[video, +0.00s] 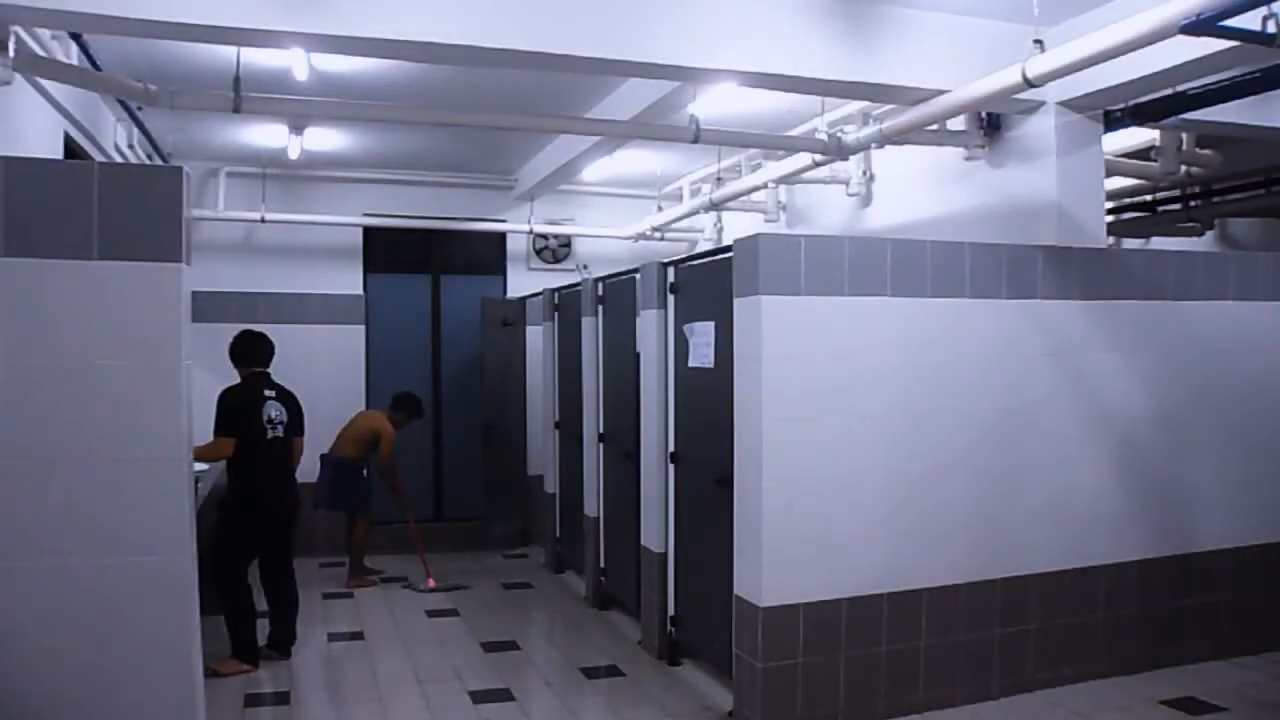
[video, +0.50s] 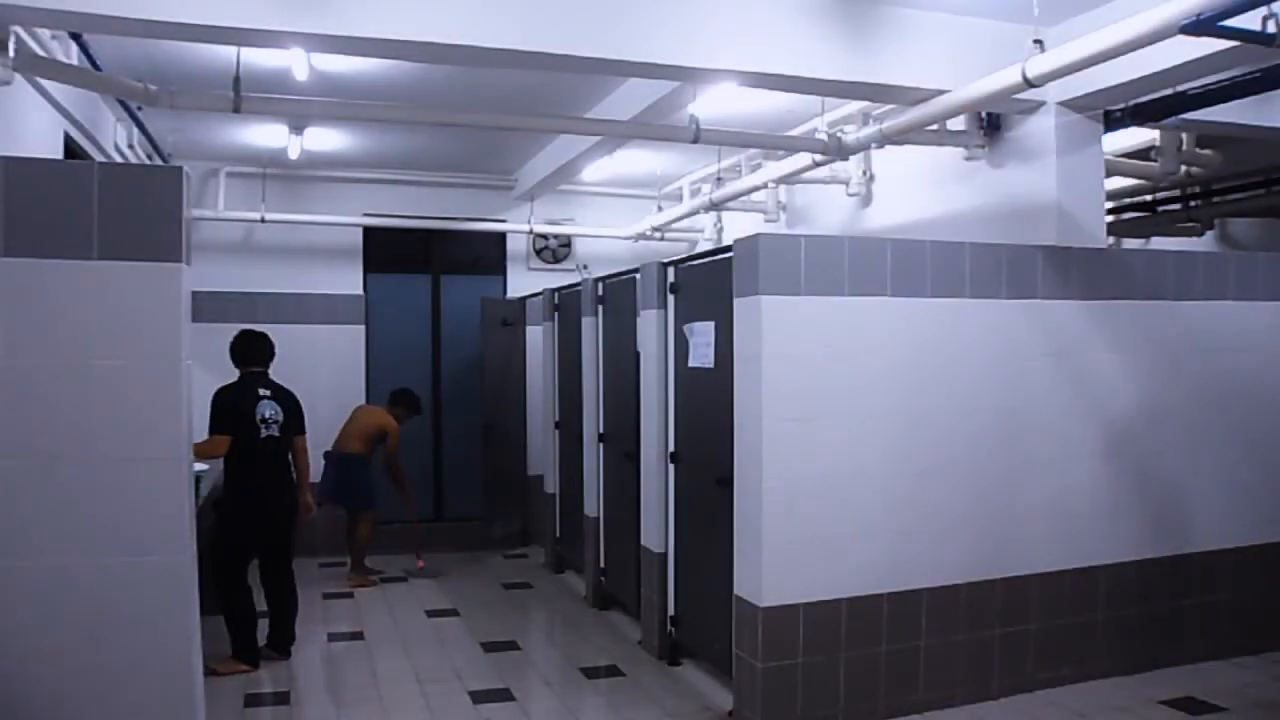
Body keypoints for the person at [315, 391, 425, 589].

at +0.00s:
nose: (405, 425)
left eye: (409, 420)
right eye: (407, 420)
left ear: (392, 407)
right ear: (402, 414)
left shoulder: (370, 416)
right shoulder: (385, 429)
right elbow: (385, 466)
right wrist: (399, 495)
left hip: (333, 466)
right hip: (348, 470)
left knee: (354, 518)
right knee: (362, 519)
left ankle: (358, 565)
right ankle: (356, 573)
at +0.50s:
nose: (405, 421)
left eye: (408, 417)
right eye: (407, 416)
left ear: (391, 402)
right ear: (402, 410)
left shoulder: (362, 410)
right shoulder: (390, 425)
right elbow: (391, 462)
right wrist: (404, 491)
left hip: (335, 462)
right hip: (355, 465)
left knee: (353, 516)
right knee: (365, 517)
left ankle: (357, 564)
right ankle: (357, 572)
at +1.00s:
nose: (410, 422)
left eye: (413, 418)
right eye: (411, 417)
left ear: (395, 404)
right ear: (406, 412)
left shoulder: (366, 410)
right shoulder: (394, 430)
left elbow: (343, 432)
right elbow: (395, 468)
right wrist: (396, 494)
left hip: (337, 464)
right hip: (357, 468)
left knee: (355, 517)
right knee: (365, 519)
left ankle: (359, 567)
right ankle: (362, 574)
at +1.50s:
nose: (413, 420)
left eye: (417, 416)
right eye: (415, 415)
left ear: (400, 404)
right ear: (407, 409)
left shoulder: (375, 411)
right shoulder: (390, 428)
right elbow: (391, 468)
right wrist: (405, 491)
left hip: (345, 465)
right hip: (359, 470)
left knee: (360, 521)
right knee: (369, 523)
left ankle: (362, 568)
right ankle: (363, 576)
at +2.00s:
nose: (425, 425)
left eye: (428, 421)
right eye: (426, 420)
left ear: (414, 410)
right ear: (418, 414)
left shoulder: (395, 420)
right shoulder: (397, 429)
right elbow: (393, 467)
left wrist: (405, 447)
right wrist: (405, 493)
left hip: (370, 468)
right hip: (360, 469)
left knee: (382, 521)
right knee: (367, 524)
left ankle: (389, 569)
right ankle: (363, 577)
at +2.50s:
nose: (439, 421)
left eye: (442, 416)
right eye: (440, 416)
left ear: (425, 404)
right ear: (434, 411)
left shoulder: (402, 413)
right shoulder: (421, 428)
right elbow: (424, 465)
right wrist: (434, 488)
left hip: (367, 461)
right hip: (380, 466)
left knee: (392, 518)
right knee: (385, 520)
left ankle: (390, 569)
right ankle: (372, 574)